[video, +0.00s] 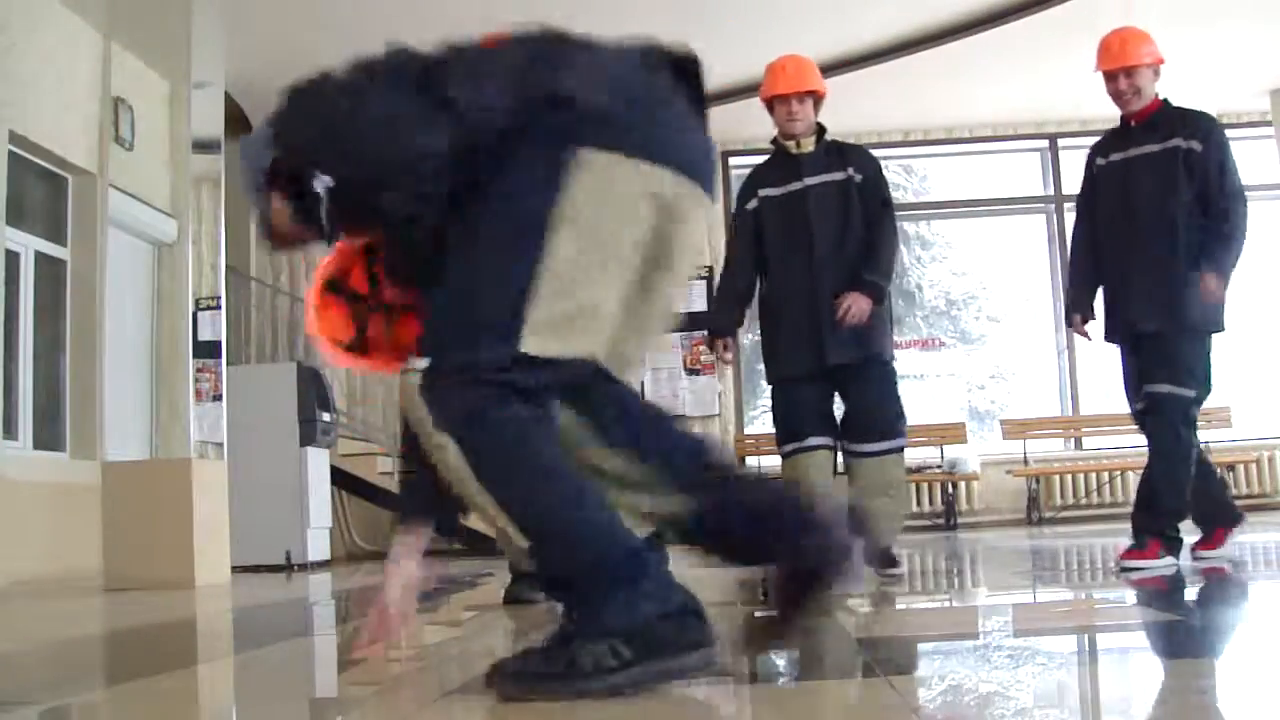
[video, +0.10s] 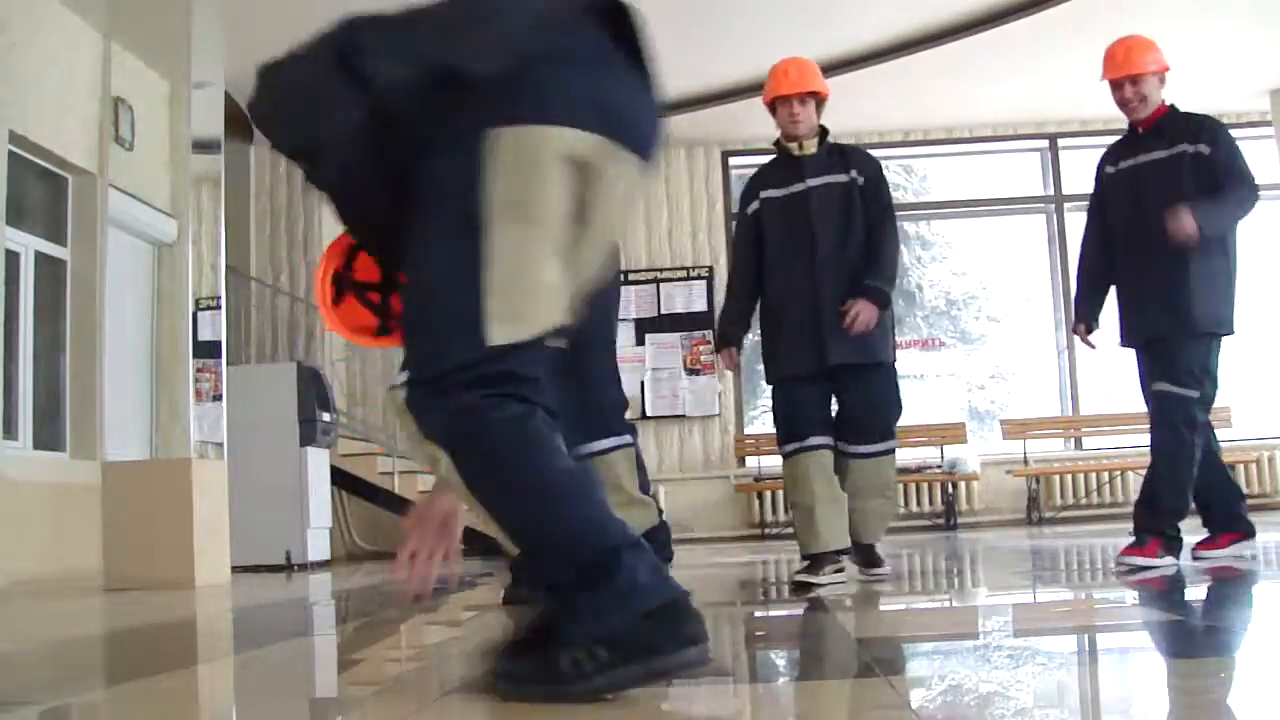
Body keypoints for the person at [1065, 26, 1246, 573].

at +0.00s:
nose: (1120, 84)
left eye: (1129, 72)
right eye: (1111, 76)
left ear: (1155, 70)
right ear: (1104, 81)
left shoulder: (1197, 130)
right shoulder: (1103, 151)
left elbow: (1230, 206)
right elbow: (1087, 231)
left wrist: (1217, 267)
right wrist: (1079, 295)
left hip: (1183, 298)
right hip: (1127, 303)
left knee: (1170, 412)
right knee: (1152, 414)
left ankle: (1158, 537)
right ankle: (1220, 513)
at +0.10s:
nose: (1127, 93)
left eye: (1135, 81)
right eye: (1117, 85)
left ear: (1161, 77)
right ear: (1109, 89)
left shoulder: (1203, 133)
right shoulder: (1113, 160)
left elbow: (1243, 191)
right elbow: (1098, 238)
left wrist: (1200, 216)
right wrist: (1087, 305)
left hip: (1197, 301)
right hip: (1143, 306)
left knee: (1175, 411)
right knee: (1177, 416)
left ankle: (1159, 535)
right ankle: (1231, 526)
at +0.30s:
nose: (1137, 96)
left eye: (1144, 83)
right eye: (1128, 89)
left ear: (1171, 78)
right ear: (1123, 95)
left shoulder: (1216, 126)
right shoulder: (1132, 163)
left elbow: (1257, 160)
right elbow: (1119, 242)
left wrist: (1188, 124)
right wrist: (1092, 301)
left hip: (1218, 294)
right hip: (1166, 303)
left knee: (1197, 406)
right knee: (1190, 413)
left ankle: (1176, 526)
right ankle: (1233, 526)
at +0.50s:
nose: (1148, 92)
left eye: (1156, 80)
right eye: (1141, 84)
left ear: (1181, 79)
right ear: (1136, 91)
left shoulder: (1221, 129)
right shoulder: (1148, 160)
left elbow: (1263, 116)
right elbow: (1113, 222)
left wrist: (1196, 75)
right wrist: (1068, 211)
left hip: (1228, 287)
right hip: (1180, 299)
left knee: (1220, 400)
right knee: (1190, 409)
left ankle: (1254, 524)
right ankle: (1228, 526)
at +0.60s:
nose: (1158, 88)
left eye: (1167, 76)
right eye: (1150, 80)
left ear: (1192, 78)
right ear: (1144, 89)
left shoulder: (1229, 128)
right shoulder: (1149, 159)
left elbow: (1264, 109)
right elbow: (1102, 203)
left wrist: (1197, 69)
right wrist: (1080, 159)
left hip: (1237, 288)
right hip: (1182, 304)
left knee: (1239, 397)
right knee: (1195, 413)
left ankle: (1279, 520)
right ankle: (1232, 528)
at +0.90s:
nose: (1190, 81)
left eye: (1199, 68)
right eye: (1181, 73)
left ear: (1224, 70)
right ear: (1175, 83)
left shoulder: (1263, 123)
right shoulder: (1165, 145)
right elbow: (1107, 147)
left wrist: (1226, 60)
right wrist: (1137, 86)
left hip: (1268, 294)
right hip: (1205, 304)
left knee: (1276, 406)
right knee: (1215, 418)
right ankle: (1232, 529)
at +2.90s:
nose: (1195, 33)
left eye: (1205, 18)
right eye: (1184, 25)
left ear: (1233, 13)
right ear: (1175, 30)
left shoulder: (1268, 69)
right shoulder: (1171, 96)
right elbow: (1102, 103)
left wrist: (1256, 5)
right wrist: (1152, 28)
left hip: (1270, 273)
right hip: (1205, 279)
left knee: (1279, 398)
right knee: (1212, 414)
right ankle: (1227, 537)